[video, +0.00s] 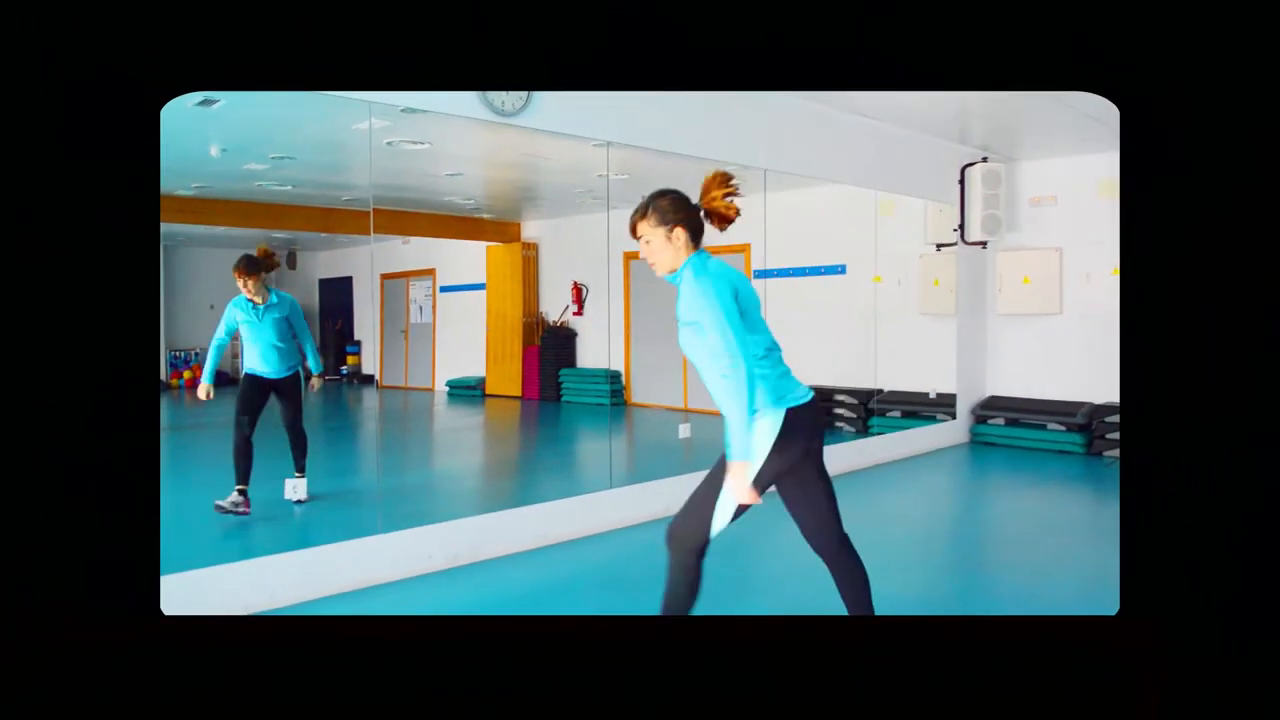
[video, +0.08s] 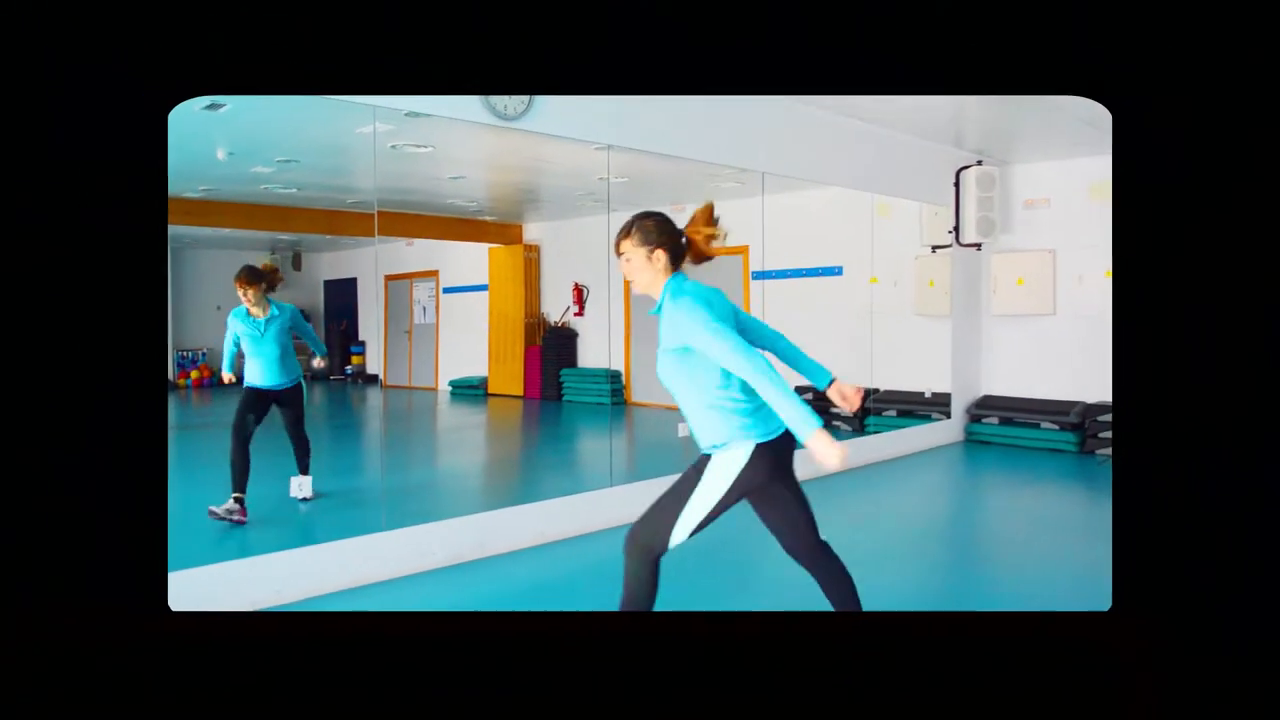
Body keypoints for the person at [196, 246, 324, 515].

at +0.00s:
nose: (243, 285)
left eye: (247, 279)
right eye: (239, 281)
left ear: (261, 276)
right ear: (237, 282)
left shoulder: (287, 303)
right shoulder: (236, 307)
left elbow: (305, 336)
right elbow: (219, 342)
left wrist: (316, 370)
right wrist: (206, 379)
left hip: (288, 376)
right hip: (254, 377)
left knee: (294, 425)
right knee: (243, 428)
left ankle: (300, 478)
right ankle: (241, 493)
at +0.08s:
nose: (243, 295)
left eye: (247, 290)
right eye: (240, 291)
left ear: (263, 288)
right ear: (238, 292)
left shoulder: (287, 313)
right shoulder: (236, 317)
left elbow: (308, 334)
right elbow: (230, 345)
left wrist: (321, 353)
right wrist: (227, 368)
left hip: (289, 386)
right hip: (256, 388)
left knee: (296, 432)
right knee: (240, 433)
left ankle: (304, 479)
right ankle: (237, 502)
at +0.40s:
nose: (230, 274)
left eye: (234, 268)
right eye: (228, 269)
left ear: (251, 267)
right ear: (229, 272)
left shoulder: (273, 298)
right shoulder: (233, 298)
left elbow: (298, 331)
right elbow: (238, 334)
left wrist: (314, 368)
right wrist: (243, 361)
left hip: (273, 375)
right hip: (245, 377)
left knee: (258, 434)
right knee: (245, 437)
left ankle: (291, 484)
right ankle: (258, 498)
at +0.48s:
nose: (220, 272)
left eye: (225, 267)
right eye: (218, 267)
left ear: (241, 267)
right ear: (219, 270)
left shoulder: (259, 296)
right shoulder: (228, 298)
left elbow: (280, 335)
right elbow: (235, 339)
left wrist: (273, 369)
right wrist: (229, 371)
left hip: (259, 377)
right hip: (237, 377)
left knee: (240, 435)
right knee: (237, 436)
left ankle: (261, 502)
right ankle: (252, 497)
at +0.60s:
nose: (192, 274)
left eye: (195, 268)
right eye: (192, 269)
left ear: (210, 269)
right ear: (211, 270)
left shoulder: (217, 296)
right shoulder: (219, 296)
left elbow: (227, 334)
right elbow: (243, 336)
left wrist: (190, 349)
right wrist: (206, 351)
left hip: (232, 377)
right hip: (225, 378)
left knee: (210, 444)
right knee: (218, 442)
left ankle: (215, 519)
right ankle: (240, 499)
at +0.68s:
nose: (172, 276)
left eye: (173, 271)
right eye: (173, 272)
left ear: (179, 271)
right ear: (199, 271)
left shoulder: (180, 295)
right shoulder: (213, 300)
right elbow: (238, 337)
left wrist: (157, 335)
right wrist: (220, 355)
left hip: (200, 380)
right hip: (216, 377)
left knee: (185, 449)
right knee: (202, 443)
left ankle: (198, 525)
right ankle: (224, 498)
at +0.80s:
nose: (144, 263)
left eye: (138, 261)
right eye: (153, 259)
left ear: (135, 265)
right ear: (161, 264)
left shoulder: (130, 289)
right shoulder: (177, 293)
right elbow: (215, 318)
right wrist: (194, 346)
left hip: (149, 373)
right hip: (181, 372)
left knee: (148, 446)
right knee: (166, 439)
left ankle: (158, 524)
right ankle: (189, 503)